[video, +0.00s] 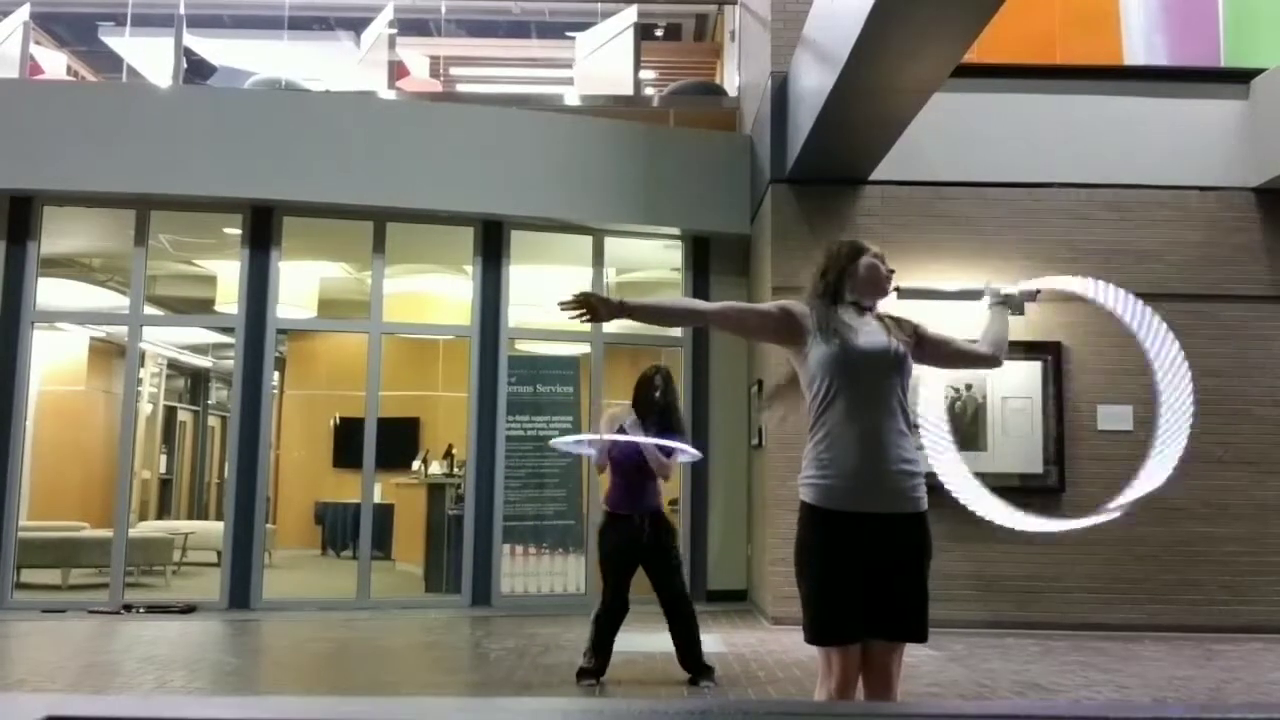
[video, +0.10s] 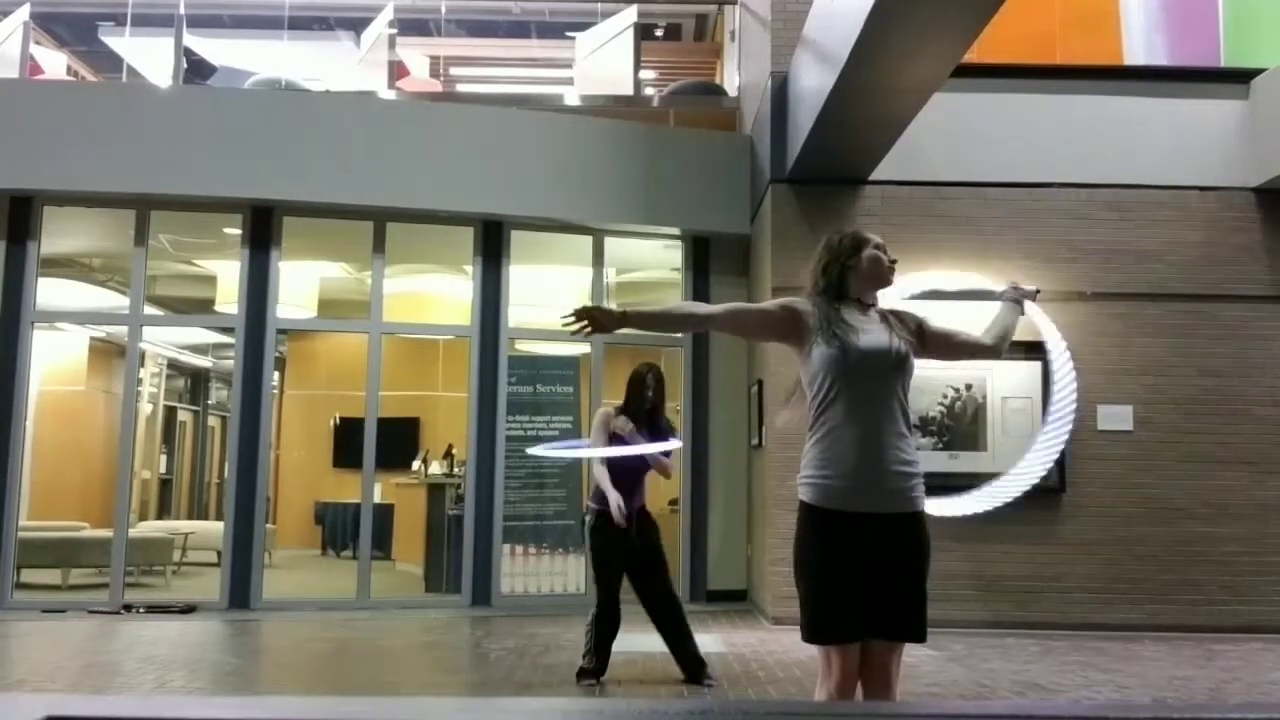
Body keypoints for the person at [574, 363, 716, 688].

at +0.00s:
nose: (656, 398)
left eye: (662, 393)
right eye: (651, 390)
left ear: (669, 397)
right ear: (638, 391)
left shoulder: (668, 428)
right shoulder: (615, 418)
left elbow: (666, 471)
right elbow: (599, 465)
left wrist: (642, 440)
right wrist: (603, 440)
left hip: (654, 523)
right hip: (617, 522)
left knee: (676, 599)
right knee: (614, 601)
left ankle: (698, 669)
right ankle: (592, 668)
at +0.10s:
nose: (647, 393)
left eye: (653, 388)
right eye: (642, 386)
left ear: (660, 393)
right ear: (631, 387)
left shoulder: (661, 428)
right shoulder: (607, 416)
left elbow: (667, 471)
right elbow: (596, 461)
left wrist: (635, 437)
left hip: (638, 517)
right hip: (604, 517)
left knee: (661, 595)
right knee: (607, 600)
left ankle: (694, 669)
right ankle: (591, 670)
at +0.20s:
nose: (639, 386)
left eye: (646, 381)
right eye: (635, 378)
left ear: (652, 385)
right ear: (623, 378)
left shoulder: (648, 416)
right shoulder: (601, 406)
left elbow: (646, 464)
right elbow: (591, 456)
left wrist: (644, 465)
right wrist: (621, 495)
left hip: (628, 510)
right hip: (596, 510)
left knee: (644, 590)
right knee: (599, 592)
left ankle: (665, 666)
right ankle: (589, 669)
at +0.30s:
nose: (639, 382)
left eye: (643, 376)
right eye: (634, 374)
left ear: (647, 378)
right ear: (621, 374)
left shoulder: (638, 408)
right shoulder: (600, 397)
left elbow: (625, 454)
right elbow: (588, 441)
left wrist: (656, 467)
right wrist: (624, 469)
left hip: (625, 508)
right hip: (597, 507)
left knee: (641, 587)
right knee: (598, 589)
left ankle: (659, 666)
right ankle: (585, 670)